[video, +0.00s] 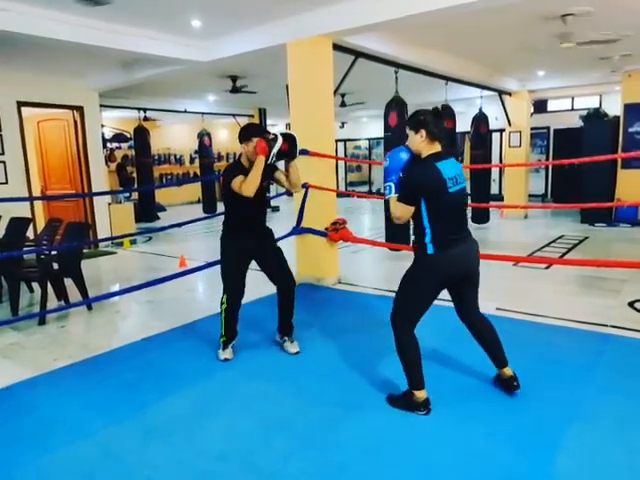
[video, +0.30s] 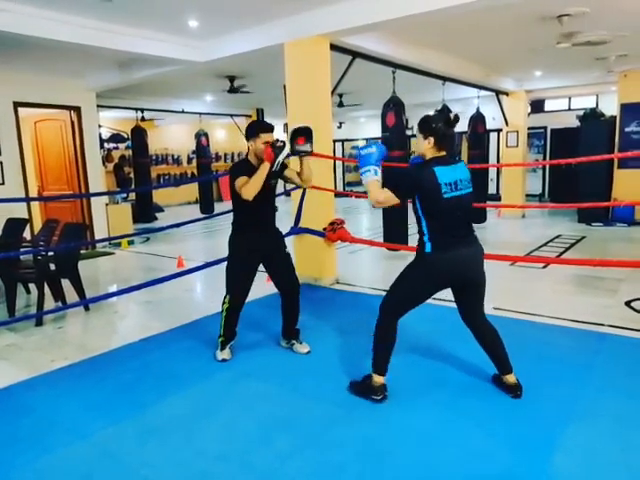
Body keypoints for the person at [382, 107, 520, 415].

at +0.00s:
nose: (408, 142)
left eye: (410, 136)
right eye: (408, 136)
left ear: (423, 136)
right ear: (435, 136)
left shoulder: (418, 171)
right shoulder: (453, 163)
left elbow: (398, 215)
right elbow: (437, 201)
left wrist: (391, 184)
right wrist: (407, 176)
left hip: (434, 262)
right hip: (466, 254)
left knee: (401, 321)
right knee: (470, 313)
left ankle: (417, 395)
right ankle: (507, 373)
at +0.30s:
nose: (416, 143)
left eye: (419, 138)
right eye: (418, 137)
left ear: (431, 141)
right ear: (444, 140)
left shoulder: (420, 173)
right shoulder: (460, 167)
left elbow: (377, 197)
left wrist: (368, 168)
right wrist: (383, 172)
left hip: (434, 262)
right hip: (470, 257)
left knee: (389, 311)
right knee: (475, 317)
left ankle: (376, 381)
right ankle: (510, 378)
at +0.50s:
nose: (387, 138)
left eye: (391, 133)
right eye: (388, 133)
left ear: (404, 137)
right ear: (416, 138)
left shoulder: (389, 165)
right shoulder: (431, 164)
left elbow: (346, 177)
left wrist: (329, 155)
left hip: (408, 258)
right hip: (442, 252)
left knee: (375, 315)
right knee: (457, 315)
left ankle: (362, 381)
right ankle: (497, 376)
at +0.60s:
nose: (381, 133)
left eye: (384, 128)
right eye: (383, 128)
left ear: (396, 133)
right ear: (403, 135)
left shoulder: (393, 168)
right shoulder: (410, 160)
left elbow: (364, 204)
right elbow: (363, 159)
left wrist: (341, 177)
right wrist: (338, 140)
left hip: (403, 254)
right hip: (431, 248)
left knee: (374, 316)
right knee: (441, 316)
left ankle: (361, 381)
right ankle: (483, 379)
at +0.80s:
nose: (383, 137)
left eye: (387, 132)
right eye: (385, 132)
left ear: (401, 135)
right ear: (406, 136)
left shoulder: (405, 173)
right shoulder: (403, 165)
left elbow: (383, 215)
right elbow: (363, 172)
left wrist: (361, 184)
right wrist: (338, 151)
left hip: (404, 258)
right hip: (429, 252)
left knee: (370, 315)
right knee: (435, 318)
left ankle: (359, 382)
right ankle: (476, 381)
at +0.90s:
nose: (389, 142)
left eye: (392, 136)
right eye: (389, 137)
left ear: (407, 138)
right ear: (413, 139)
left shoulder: (409, 175)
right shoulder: (428, 169)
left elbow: (387, 219)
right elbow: (399, 211)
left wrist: (370, 186)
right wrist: (380, 176)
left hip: (411, 263)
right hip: (438, 257)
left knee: (374, 317)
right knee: (438, 321)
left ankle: (359, 383)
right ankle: (474, 386)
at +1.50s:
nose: (378, 147)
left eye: (379, 143)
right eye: (380, 142)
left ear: (385, 145)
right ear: (407, 145)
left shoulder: (372, 176)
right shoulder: (422, 173)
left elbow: (358, 219)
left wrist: (369, 193)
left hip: (394, 270)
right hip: (432, 266)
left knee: (363, 327)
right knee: (441, 328)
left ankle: (360, 397)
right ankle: (475, 390)